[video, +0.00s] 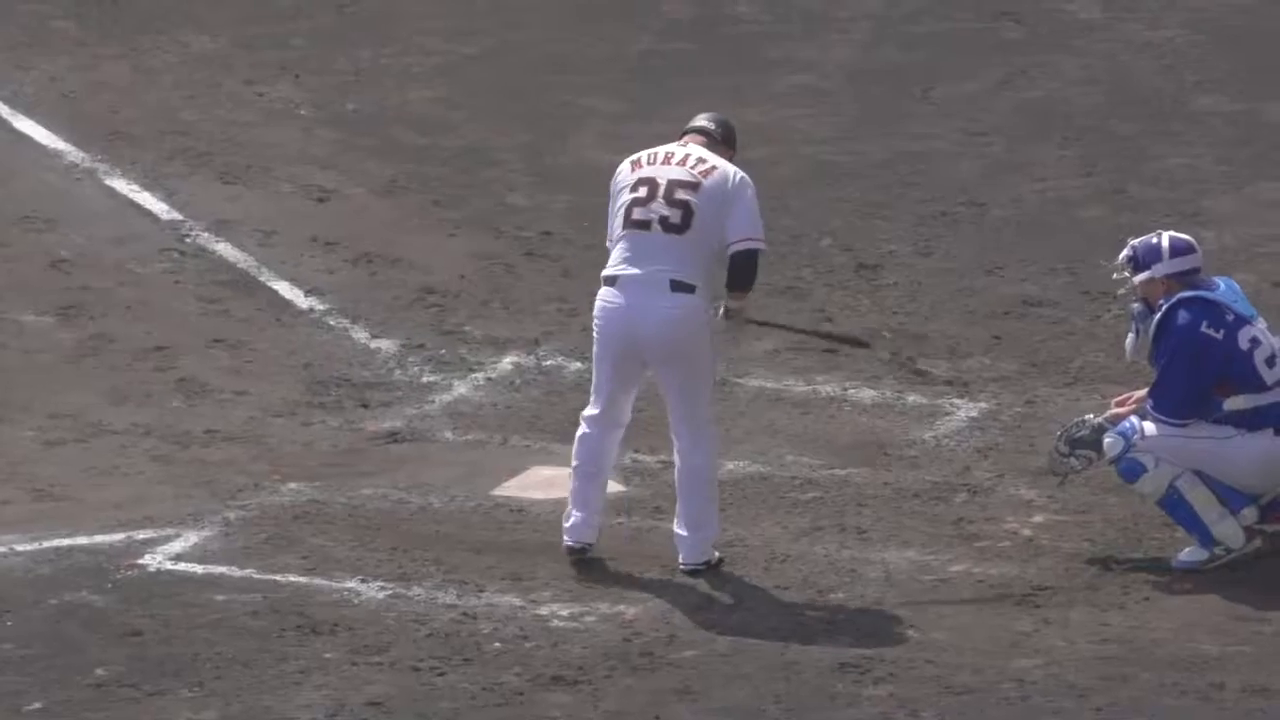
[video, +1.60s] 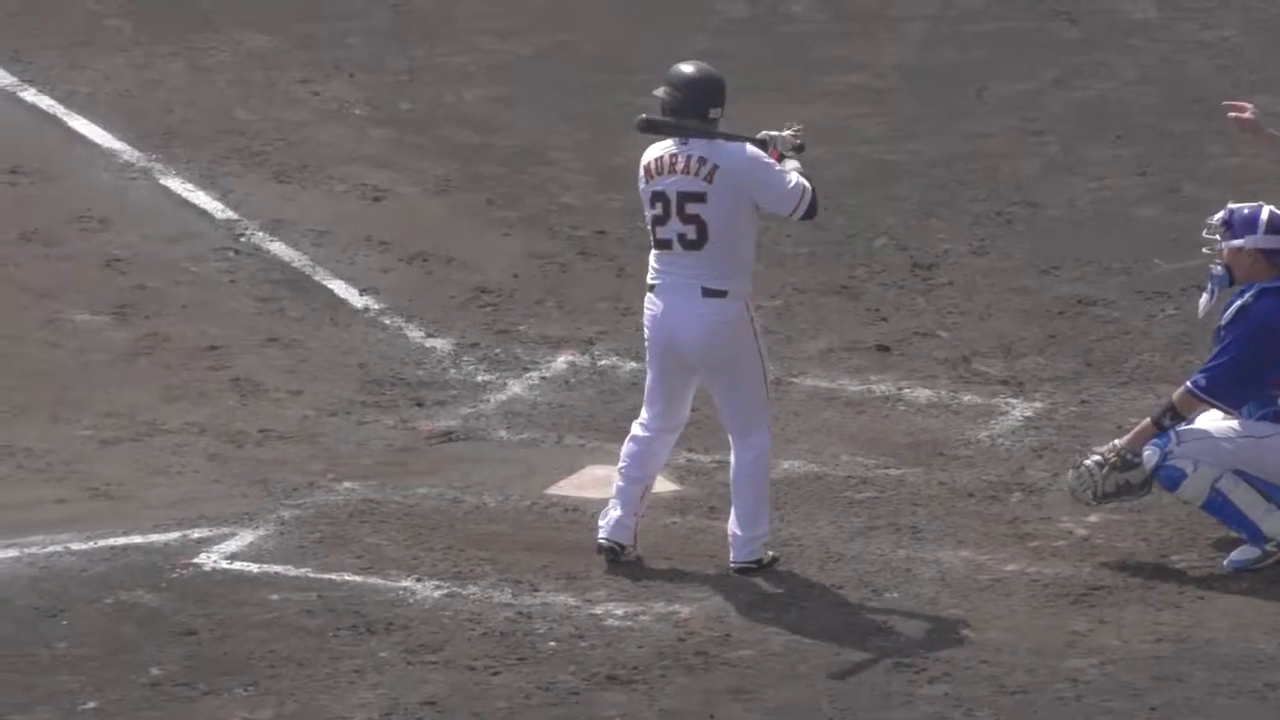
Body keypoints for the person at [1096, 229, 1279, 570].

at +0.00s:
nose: (1135, 290)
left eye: (1140, 282)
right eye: (1135, 282)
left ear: (1163, 283)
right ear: (1189, 275)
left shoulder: (1183, 320)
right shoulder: (1214, 293)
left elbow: (1174, 412)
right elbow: (1206, 384)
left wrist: (1136, 413)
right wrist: (1147, 397)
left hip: (1263, 449)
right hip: (1269, 434)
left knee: (1128, 442)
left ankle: (1225, 540)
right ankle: (1252, 508)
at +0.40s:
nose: (1173, 272)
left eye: (1179, 264)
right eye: (1174, 263)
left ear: (1202, 270)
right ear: (1226, 265)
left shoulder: (1220, 317)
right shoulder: (1256, 288)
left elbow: (1212, 406)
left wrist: (1157, 407)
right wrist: (1173, 399)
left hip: (1271, 440)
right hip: (1272, 427)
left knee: (1157, 444)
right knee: (1181, 423)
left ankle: (1255, 540)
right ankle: (1269, 514)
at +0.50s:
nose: (1183, 264)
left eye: (1189, 256)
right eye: (1185, 255)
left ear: (1210, 264)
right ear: (1233, 261)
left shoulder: (1229, 316)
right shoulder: (1265, 285)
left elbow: (1210, 404)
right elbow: (1168, 329)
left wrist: (1136, 397)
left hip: (1270, 438)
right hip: (1271, 424)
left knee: (1158, 444)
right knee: (1185, 422)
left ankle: (1260, 535)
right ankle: (1270, 509)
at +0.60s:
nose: (1188, 259)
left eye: (1195, 251)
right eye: (1190, 250)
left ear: (1219, 261)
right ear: (1227, 260)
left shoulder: (1240, 312)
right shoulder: (1265, 284)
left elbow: (1209, 397)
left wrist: (1129, 397)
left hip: (1273, 439)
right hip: (1271, 426)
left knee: (1161, 446)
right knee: (1182, 425)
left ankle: (1262, 533)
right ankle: (1269, 508)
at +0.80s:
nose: (1207, 255)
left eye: (1215, 247)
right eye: (1211, 246)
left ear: (1238, 257)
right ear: (1246, 256)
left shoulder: (1254, 307)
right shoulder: (1264, 293)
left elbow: (1199, 390)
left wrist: (1128, 436)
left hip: (1273, 436)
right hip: (1271, 424)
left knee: (1166, 450)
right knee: (1192, 428)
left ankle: (1267, 533)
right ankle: (1270, 512)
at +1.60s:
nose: (1220, 253)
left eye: (1228, 244)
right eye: (1222, 244)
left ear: (1252, 255)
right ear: (1252, 255)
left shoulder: (1262, 314)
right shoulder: (1259, 300)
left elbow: (1195, 396)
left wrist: (1124, 449)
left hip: (1272, 439)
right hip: (1266, 427)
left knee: (1170, 453)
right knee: (1201, 426)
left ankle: (1270, 534)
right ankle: (1269, 511)